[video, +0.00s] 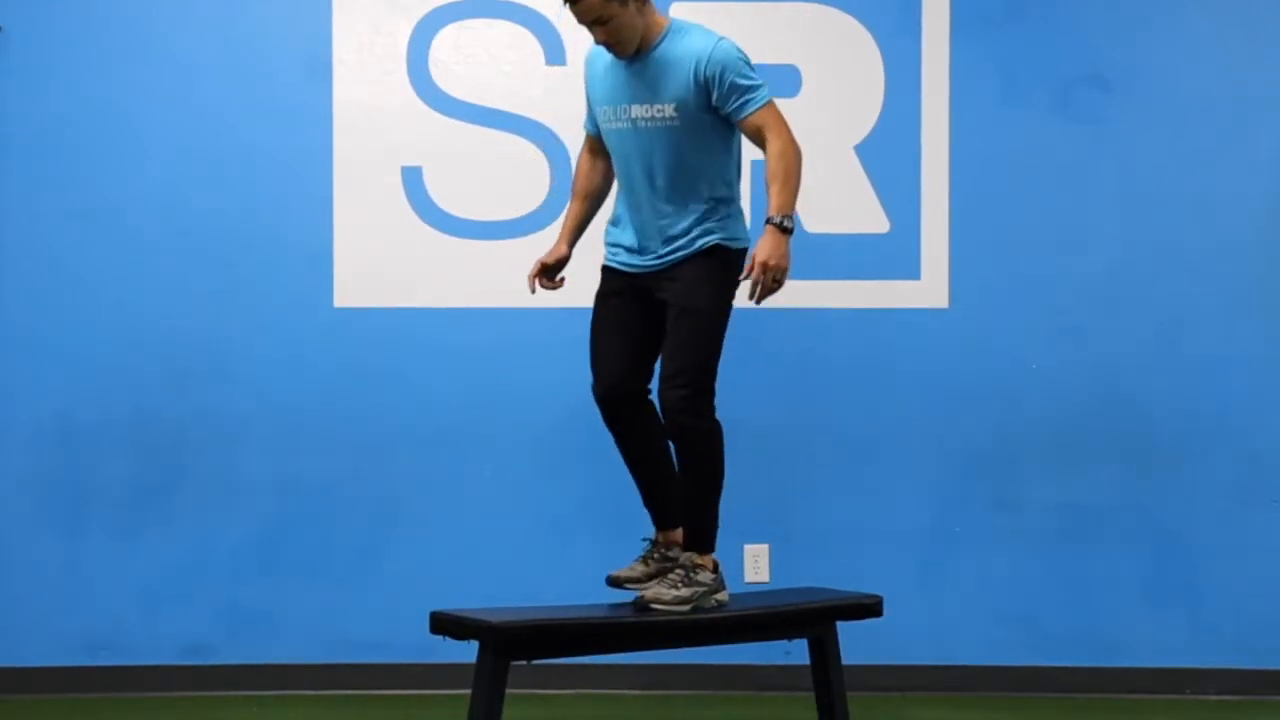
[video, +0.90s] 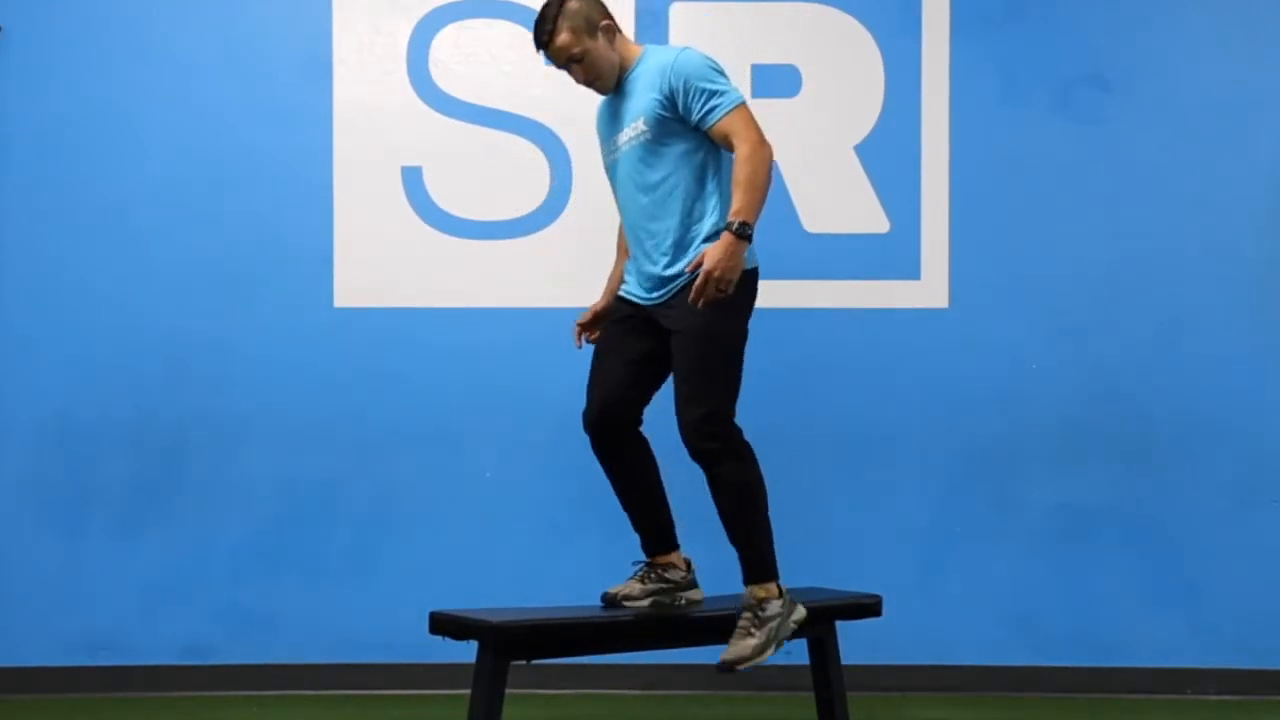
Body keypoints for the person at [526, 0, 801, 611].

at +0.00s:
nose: (595, 37)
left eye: (600, 21)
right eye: (586, 25)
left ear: (636, 3)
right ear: (585, 17)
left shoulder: (708, 57)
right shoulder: (600, 64)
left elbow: (782, 142)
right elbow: (598, 155)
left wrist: (777, 229)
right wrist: (565, 239)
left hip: (704, 251)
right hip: (628, 256)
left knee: (685, 397)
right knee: (615, 390)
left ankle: (701, 563)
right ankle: (672, 539)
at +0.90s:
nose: (575, 76)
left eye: (575, 59)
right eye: (564, 68)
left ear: (608, 28)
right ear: (566, 63)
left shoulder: (678, 68)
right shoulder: (609, 116)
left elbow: (755, 148)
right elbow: (635, 220)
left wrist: (736, 237)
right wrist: (612, 296)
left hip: (707, 281)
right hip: (642, 295)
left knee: (707, 428)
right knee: (607, 420)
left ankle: (768, 597)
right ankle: (668, 568)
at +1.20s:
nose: (590, 197)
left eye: (589, 181)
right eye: (581, 189)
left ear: (623, 151)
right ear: (613, 164)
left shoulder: (682, 181)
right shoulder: (638, 223)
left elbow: (746, 255)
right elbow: (665, 319)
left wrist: (697, 346)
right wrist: (659, 386)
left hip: (745, 389)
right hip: (685, 385)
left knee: (767, 558)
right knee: (579, 440)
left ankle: (810, 709)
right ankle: (665, 566)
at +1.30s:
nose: (616, 233)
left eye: (613, 216)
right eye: (606, 224)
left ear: (646, 186)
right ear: (639, 194)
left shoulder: (712, 224)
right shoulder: (663, 251)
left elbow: (761, 318)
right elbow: (684, 356)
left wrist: (700, 398)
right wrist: (658, 448)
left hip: (760, 425)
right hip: (699, 414)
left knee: (768, 593)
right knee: (582, 439)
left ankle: (826, 713)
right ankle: (665, 563)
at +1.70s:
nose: (685, 204)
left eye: (689, 189)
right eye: (677, 194)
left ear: (729, 166)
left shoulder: (801, 226)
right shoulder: (717, 238)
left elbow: (866, 319)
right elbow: (730, 338)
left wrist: (874, 427)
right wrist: (703, 428)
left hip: (801, 428)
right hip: (735, 407)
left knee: (805, 592)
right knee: (612, 426)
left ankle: (834, 715)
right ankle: (668, 561)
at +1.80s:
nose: (706, 200)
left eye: (710, 185)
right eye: (698, 189)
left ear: (749, 161)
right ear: (704, 178)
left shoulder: (823, 224)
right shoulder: (733, 229)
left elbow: (881, 322)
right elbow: (741, 329)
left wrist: (884, 430)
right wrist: (705, 422)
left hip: (809, 428)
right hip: (742, 403)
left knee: (813, 598)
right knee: (618, 426)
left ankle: (837, 716)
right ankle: (667, 558)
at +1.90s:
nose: (723, 194)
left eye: (729, 179)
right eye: (716, 182)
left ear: (768, 158)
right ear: (717, 173)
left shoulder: (840, 220)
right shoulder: (745, 223)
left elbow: (895, 322)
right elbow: (748, 323)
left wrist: (879, 426)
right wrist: (707, 415)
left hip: (813, 428)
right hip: (747, 400)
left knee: (816, 596)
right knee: (624, 417)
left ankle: (837, 716)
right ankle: (664, 551)